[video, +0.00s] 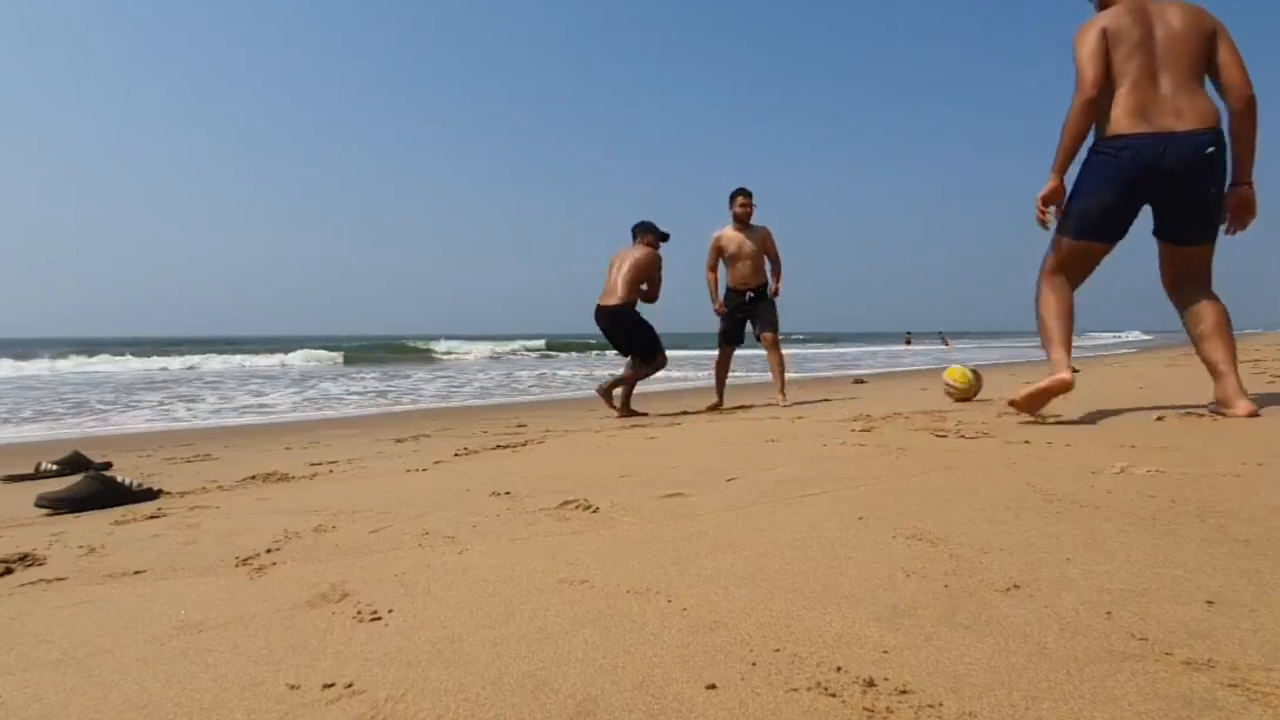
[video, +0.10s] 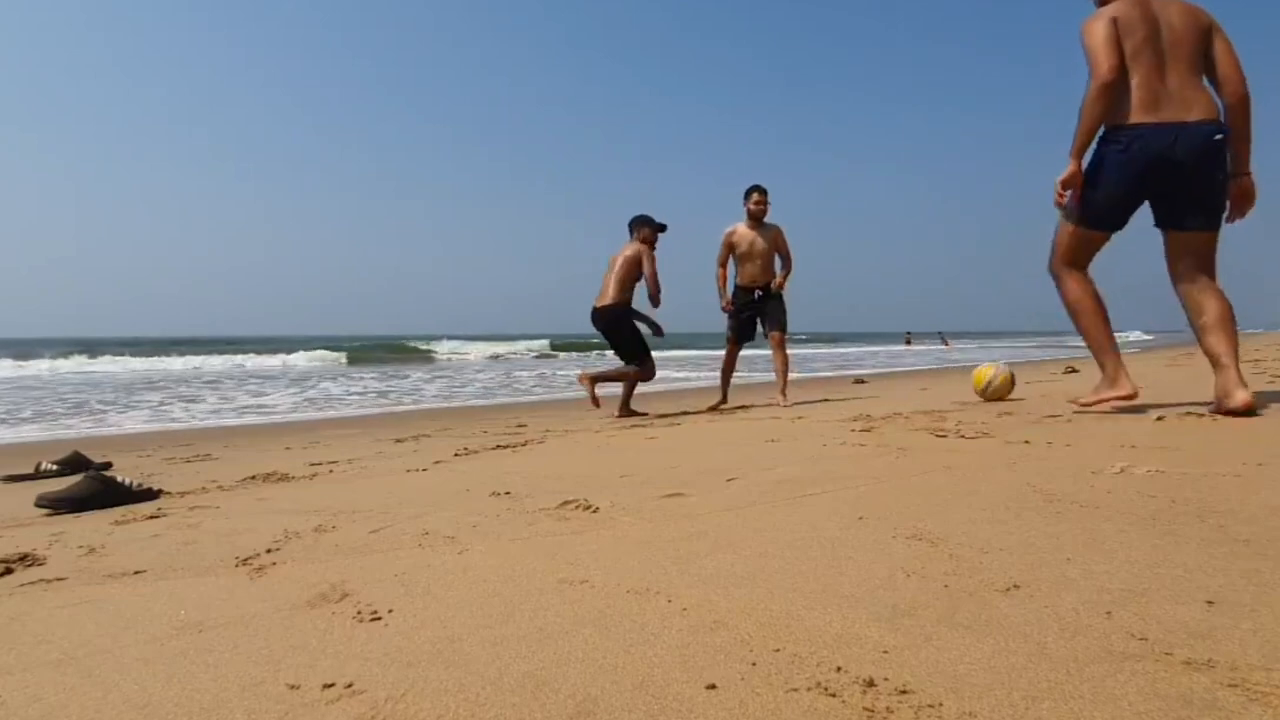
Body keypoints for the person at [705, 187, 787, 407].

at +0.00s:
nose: (747, 210)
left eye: (750, 206)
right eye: (742, 206)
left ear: (753, 209)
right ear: (732, 208)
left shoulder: (762, 234)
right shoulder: (721, 238)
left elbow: (775, 260)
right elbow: (712, 269)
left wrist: (776, 282)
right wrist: (715, 299)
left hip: (760, 292)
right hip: (735, 293)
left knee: (770, 339)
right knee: (726, 348)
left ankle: (781, 393)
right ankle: (719, 397)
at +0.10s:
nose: (762, 208)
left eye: (764, 203)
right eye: (757, 203)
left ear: (768, 206)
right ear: (746, 205)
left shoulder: (774, 232)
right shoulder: (732, 234)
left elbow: (786, 260)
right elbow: (721, 265)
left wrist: (782, 277)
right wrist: (723, 295)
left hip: (769, 290)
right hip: (743, 292)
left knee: (777, 339)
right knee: (732, 345)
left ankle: (782, 393)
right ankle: (723, 395)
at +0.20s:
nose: (771, 206)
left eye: (774, 202)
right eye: (766, 201)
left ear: (777, 204)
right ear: (756, 203)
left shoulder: (783, 230)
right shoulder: (741, 230)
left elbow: (794, 258)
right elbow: (730, 260)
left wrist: (795, 279)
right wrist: (730, 289)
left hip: (776, 288)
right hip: (749, 288)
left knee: (781, 338)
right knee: (741, 343)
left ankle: (782, 393)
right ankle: (740, 392)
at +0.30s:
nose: (775, 205)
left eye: (778, 201)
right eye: (771, 201)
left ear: (782, 204)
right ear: (761, 202)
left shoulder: (788, 230)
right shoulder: (747, 229)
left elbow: (799, 259)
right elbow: (735, 259)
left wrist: (807, 284)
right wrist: (736, 285)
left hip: (779, 287)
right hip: (753, 288)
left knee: (783, 338)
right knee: (749, 341)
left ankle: (783, 393)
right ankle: (760, 389)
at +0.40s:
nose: (778, 208)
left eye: (781, 204)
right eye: (773, 203)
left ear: (784, 206)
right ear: (763, 205)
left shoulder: (790, 233)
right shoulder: (750, 231)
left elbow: (801, 263)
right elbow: (737, 260)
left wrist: (812, 289)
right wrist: (741, 283)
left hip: (782, 287)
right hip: (758, 288)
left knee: (785, 339)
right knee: (760, 344)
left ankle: (783, 393)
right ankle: (770, 392)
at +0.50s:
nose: (779, 211)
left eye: (782, 207)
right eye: (775, 207)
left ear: (785, 209)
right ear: (764, 208)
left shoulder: (790, 236)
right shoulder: (751, 234)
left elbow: (799, 267)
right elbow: (738, 264)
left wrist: (812, 294)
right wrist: (743, 286)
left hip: (785, 290)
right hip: (761, 292)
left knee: (788, 340)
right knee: (767, 345)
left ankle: (787, 394)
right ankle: (772, 394)